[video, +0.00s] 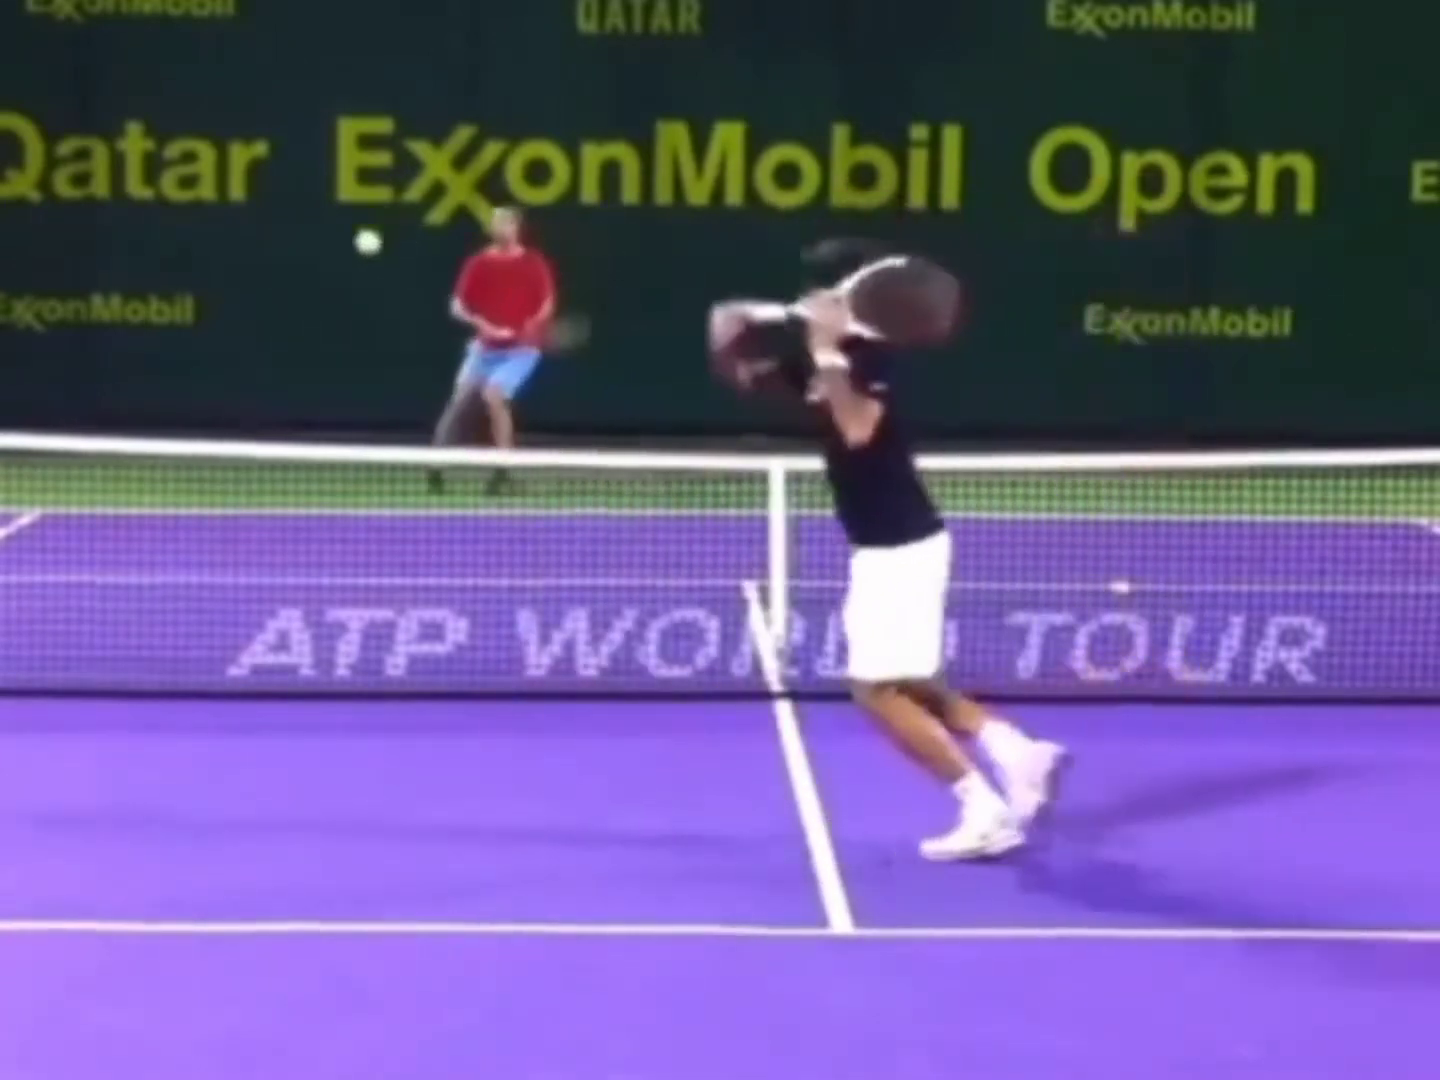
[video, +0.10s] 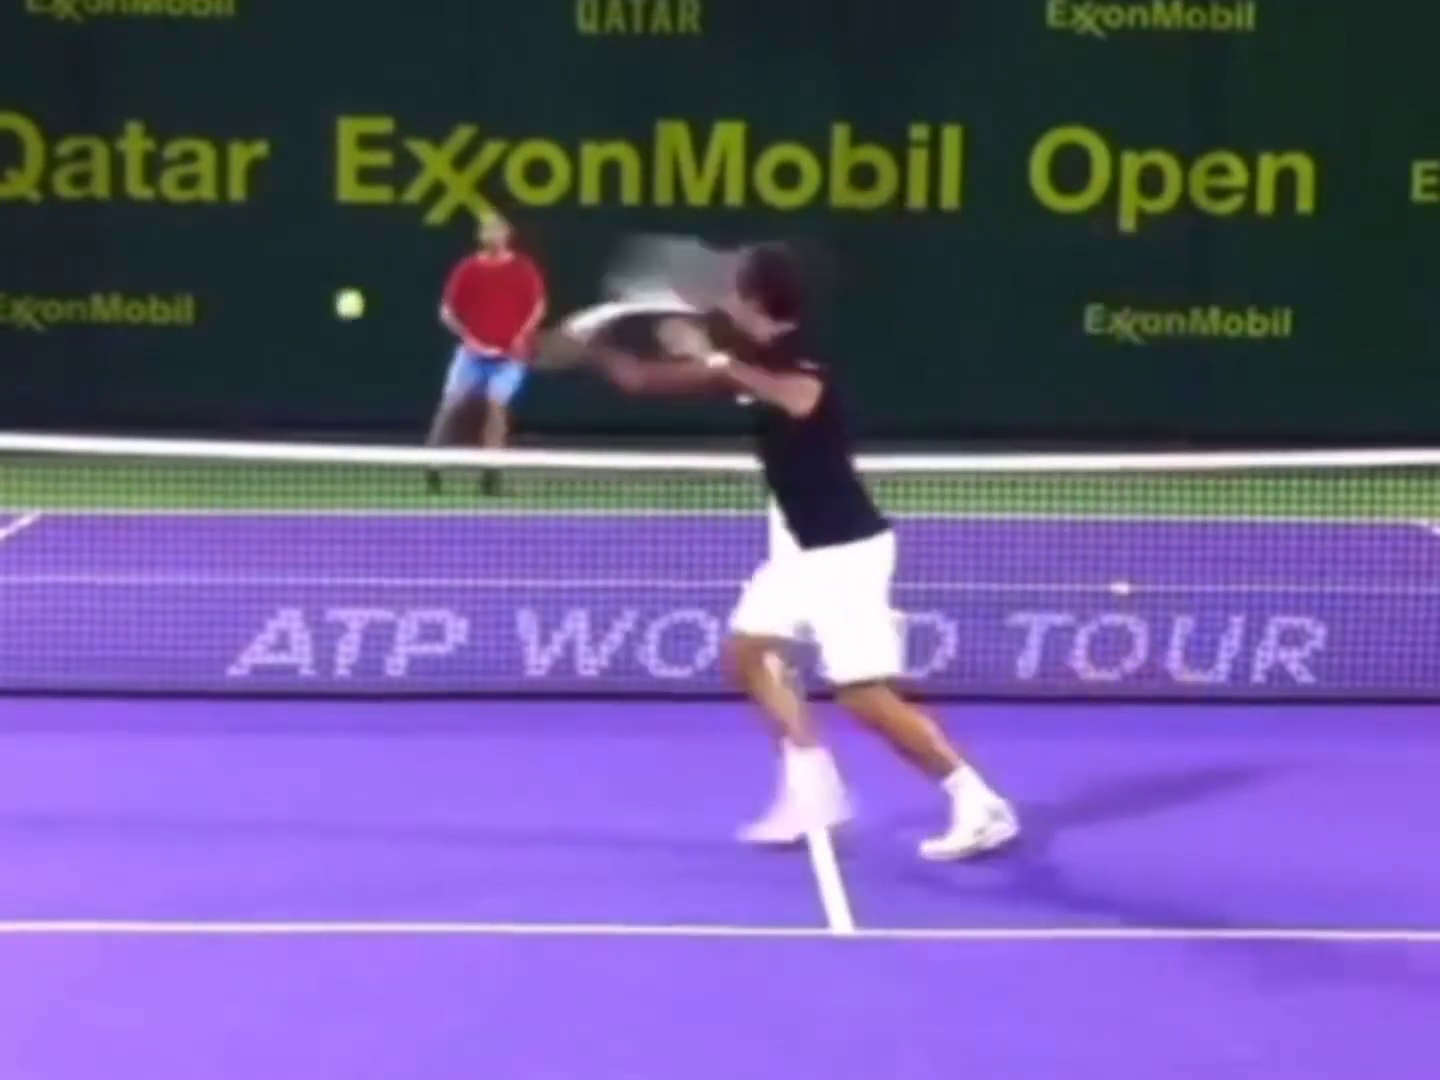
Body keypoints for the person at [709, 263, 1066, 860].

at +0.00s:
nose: (817, 312)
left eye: (823, 306)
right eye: (818, 305)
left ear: (839, 320)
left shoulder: (867, 368)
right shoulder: (834, 372)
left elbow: (858, 427)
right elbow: (786, 387)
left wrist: (825, 349)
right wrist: (750, 355)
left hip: (900, 547)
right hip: (896, 544)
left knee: (874, 688)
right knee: (908, 678)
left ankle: (981, 803)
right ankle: (1017, 751)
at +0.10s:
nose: (732, 306)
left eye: (741, 297)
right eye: (733, 297)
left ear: (763, 304)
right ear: (775, 304)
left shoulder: (801, 361)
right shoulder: (750, 363)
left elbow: (801, 399)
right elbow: (653, 378)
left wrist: (729, 368)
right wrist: (596, 347)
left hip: (853, 549)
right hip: (802, 550)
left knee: (861, 691)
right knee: (748, 654)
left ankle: (976, 798)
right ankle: (813, 782)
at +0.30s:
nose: (557, 334)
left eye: (564, 322)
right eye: (557, 322)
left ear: (595, 327)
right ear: (604, 325)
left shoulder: (621, 387)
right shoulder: (650, 369)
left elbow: (573, 468)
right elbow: (715, 394)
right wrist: (770, 412)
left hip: (674, 569)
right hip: (619, 559)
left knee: (709, 712)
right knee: (534, 655)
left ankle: (846, 786)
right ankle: (524, 810)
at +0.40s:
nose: (496, 330)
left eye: (500, 318)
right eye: (495, 318)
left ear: (520, 320)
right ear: (539, 316)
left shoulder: (586, 371)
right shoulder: (540, 375)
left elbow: (669, 413)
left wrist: (750, 450)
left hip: (608, 571)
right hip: (551, 559)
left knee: (593, 721)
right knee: (480, 665)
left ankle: (725, 788)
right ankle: (521, 807)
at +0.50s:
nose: (461, 310)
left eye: (463, 298)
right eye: (461, 298)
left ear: (477, 298)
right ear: (516, 290)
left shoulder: (522, 349)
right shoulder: (536, 348)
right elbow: (591, 419)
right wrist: (641, 460)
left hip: (551, 544)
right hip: (521, 538)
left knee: (494, 678)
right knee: (458, 658)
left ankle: (607, 773)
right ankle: (515, 797)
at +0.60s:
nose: (432, 278)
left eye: (433, 267)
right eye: (433, 267)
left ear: (443, 268)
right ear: (491, 263)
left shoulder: (487, 329)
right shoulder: (512, 323)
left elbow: (537, 422)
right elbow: (560, 406)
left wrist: (533, 507)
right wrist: (559, 490)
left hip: (495, 512)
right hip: (521, 512)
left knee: (418, 639)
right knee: (462, 645)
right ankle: (515, 783)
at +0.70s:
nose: (409, 268)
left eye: (409, 257)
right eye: (414, 257)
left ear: (417, 257)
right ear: (469, 255)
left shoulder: (438, 317)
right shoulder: (505, 319)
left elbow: (449, 413)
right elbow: (548, 401)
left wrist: (414, 477)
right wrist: (529, 473)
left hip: (458, 506)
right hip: (511, 508)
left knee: (373, 625)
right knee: (463, 640)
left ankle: (383, 781)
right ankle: (513, 787)